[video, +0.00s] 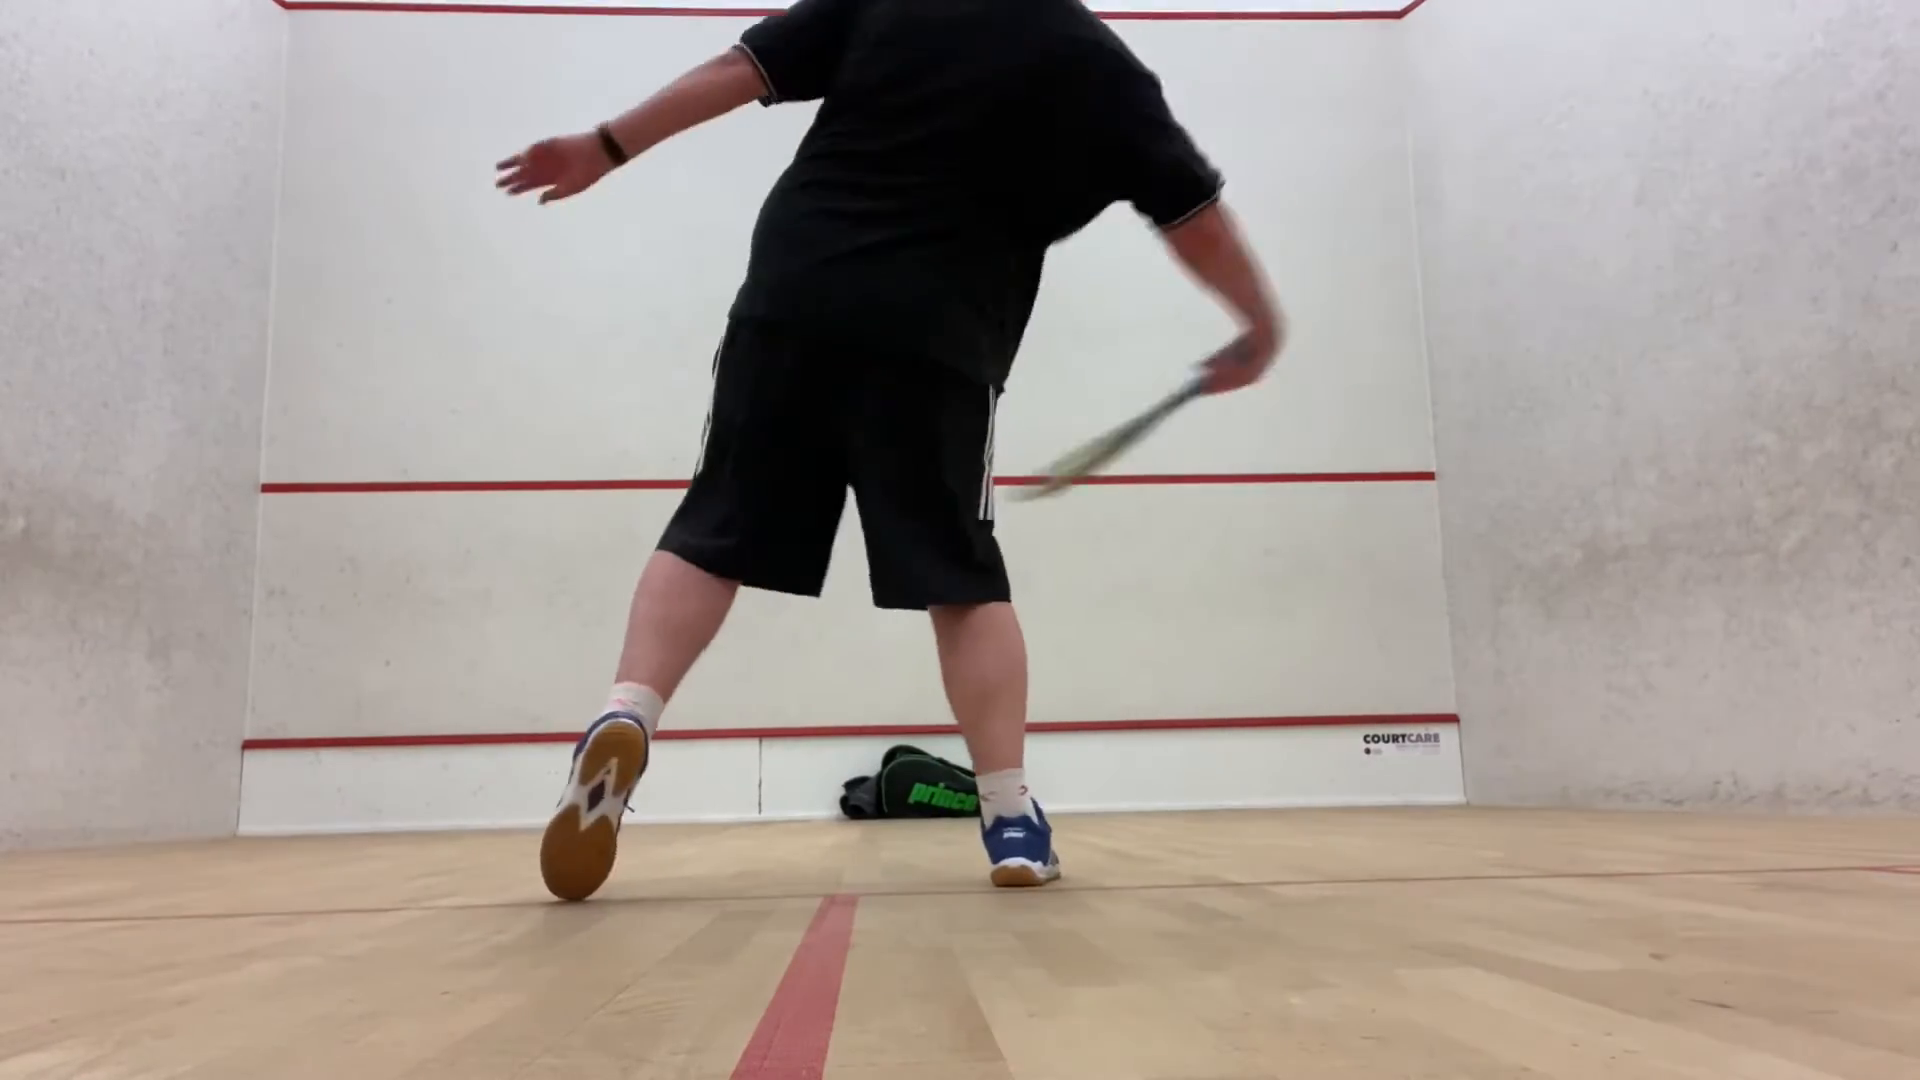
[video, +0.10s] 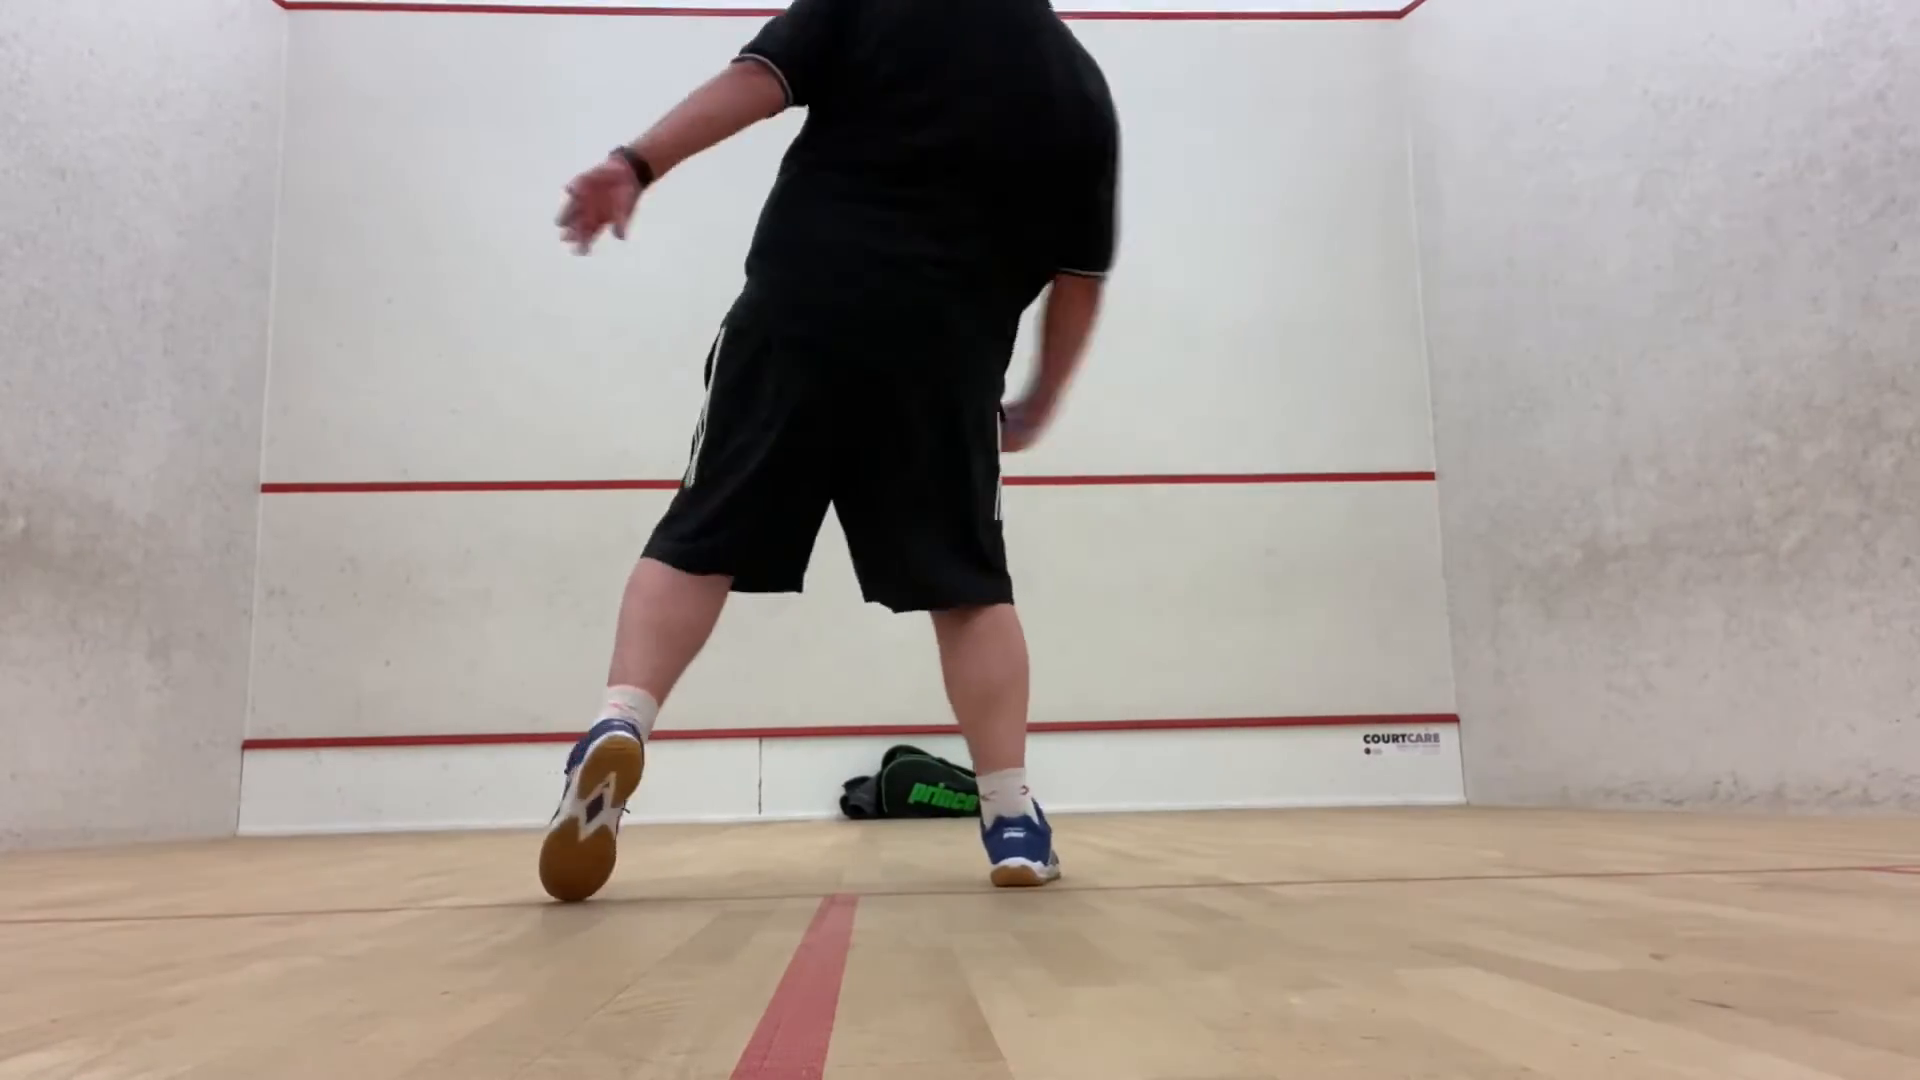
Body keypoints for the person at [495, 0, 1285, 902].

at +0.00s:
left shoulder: (881, 8)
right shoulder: (1099, 66)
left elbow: (747, 67)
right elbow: (1195, 222)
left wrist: (605, 143)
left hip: (784, 315)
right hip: (933, 349)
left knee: (719, 518)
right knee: (960, 570)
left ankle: (628, 708)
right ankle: (1012, 818)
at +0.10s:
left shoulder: (865, 7)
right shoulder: (1079, 88)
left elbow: (764, 76)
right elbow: (1080, 274)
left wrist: (638, 160)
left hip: (790, 323)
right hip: (941, 364)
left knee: (706, 527)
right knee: (967, 579)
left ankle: (622, 721)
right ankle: (1013, 818)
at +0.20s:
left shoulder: (840, 3)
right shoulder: (1042, 75)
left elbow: (773, 83)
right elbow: (1014, 274)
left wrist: (670, 194)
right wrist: (919, 318)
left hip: (784, 333)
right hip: (929, 365)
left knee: (706, 543)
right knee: (962, 584)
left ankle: (625, 756)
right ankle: (1010, 815)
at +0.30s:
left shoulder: (825, 3)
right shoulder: (1006, 64)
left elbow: (771, 85)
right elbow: (993, 257)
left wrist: (671, 218)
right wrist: (893, 310)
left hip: (781, 338)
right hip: (918, 365)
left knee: (701, 554)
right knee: (951, 589)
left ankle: (626, 781)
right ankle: (1008, 809)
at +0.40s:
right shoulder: (943, 38)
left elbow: (776, 93)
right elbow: (928, 195)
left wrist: (646, 223)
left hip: (763, 324)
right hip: (906, 338)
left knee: (646, 540)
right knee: (917, 572)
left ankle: (599, 788)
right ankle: (1012, 807)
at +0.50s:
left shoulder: (784, 1)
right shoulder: (864, 27)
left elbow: (773, 96)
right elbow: (819, 156)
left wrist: (592, 132)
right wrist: (679, 114)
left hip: (745, 308)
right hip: (876, 321)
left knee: (574, 517)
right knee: (870, 563)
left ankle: (576, 803)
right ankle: (1009, 803)